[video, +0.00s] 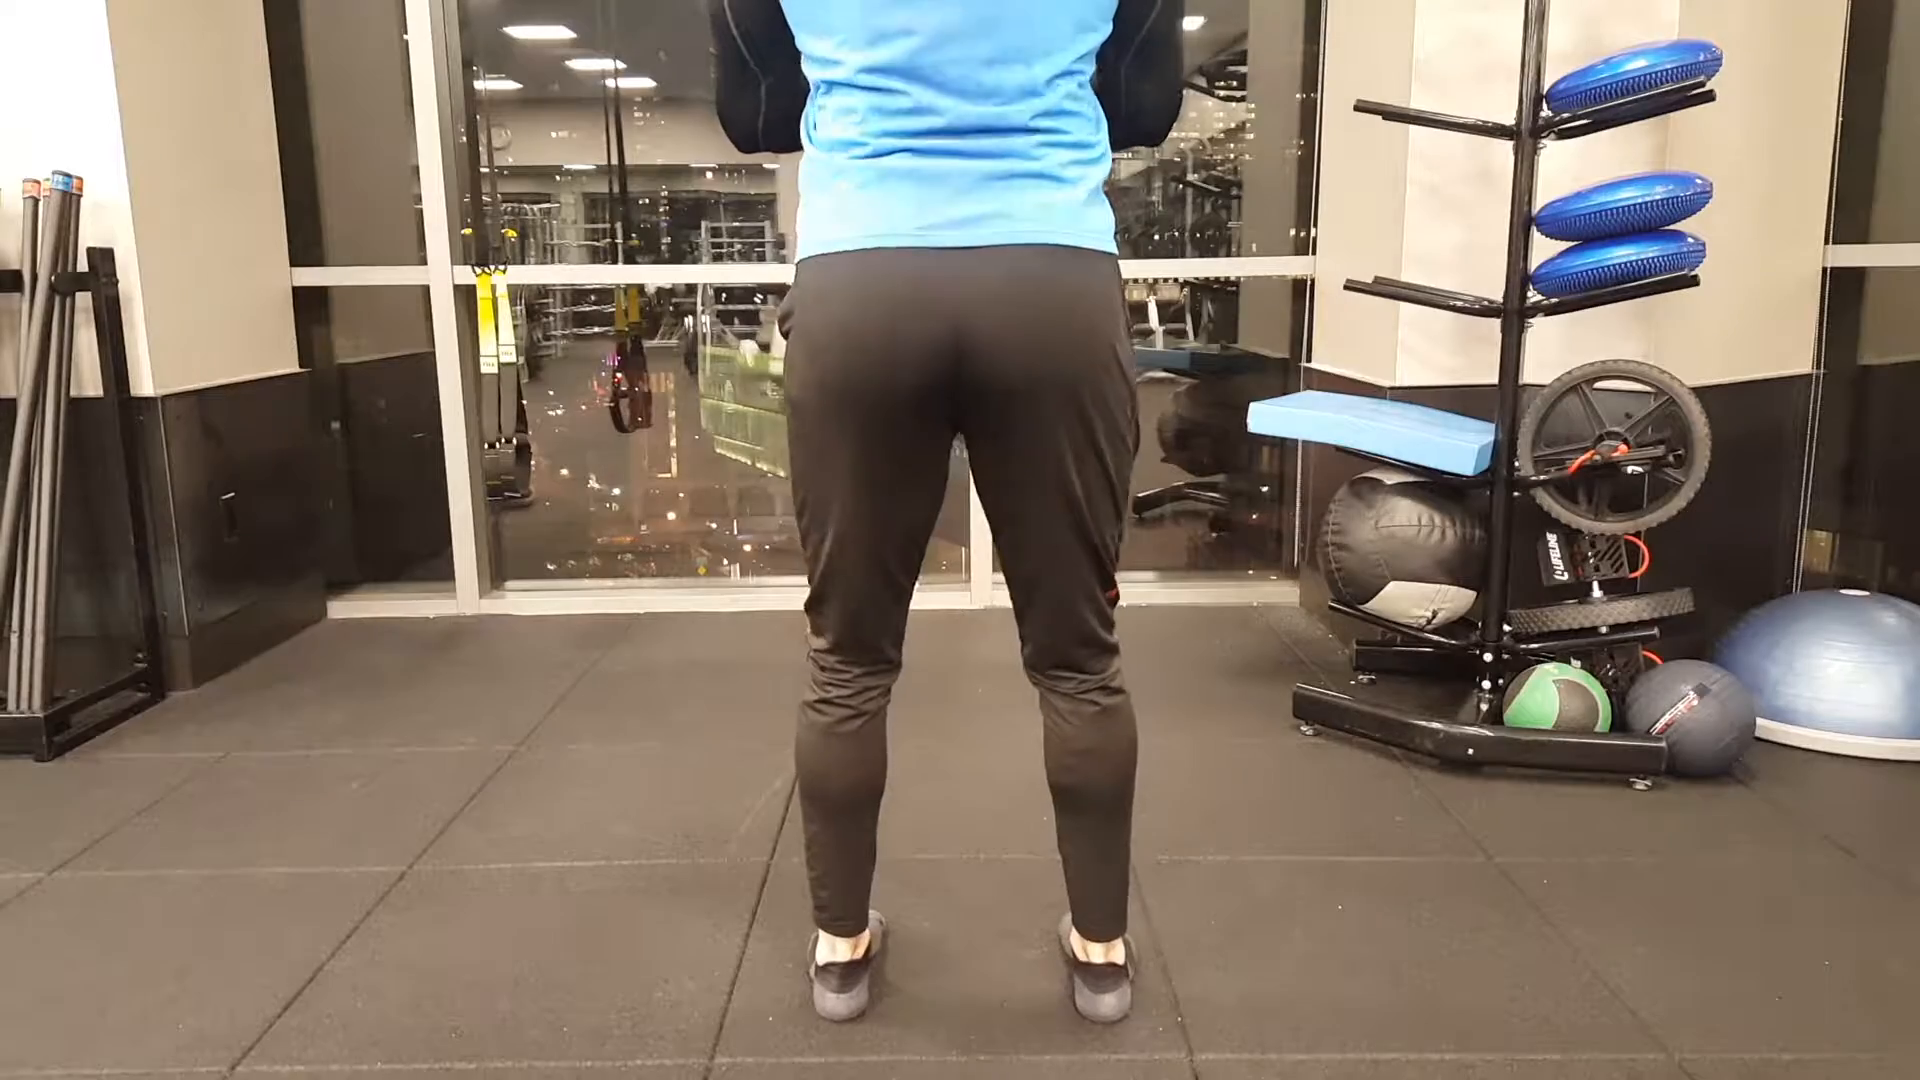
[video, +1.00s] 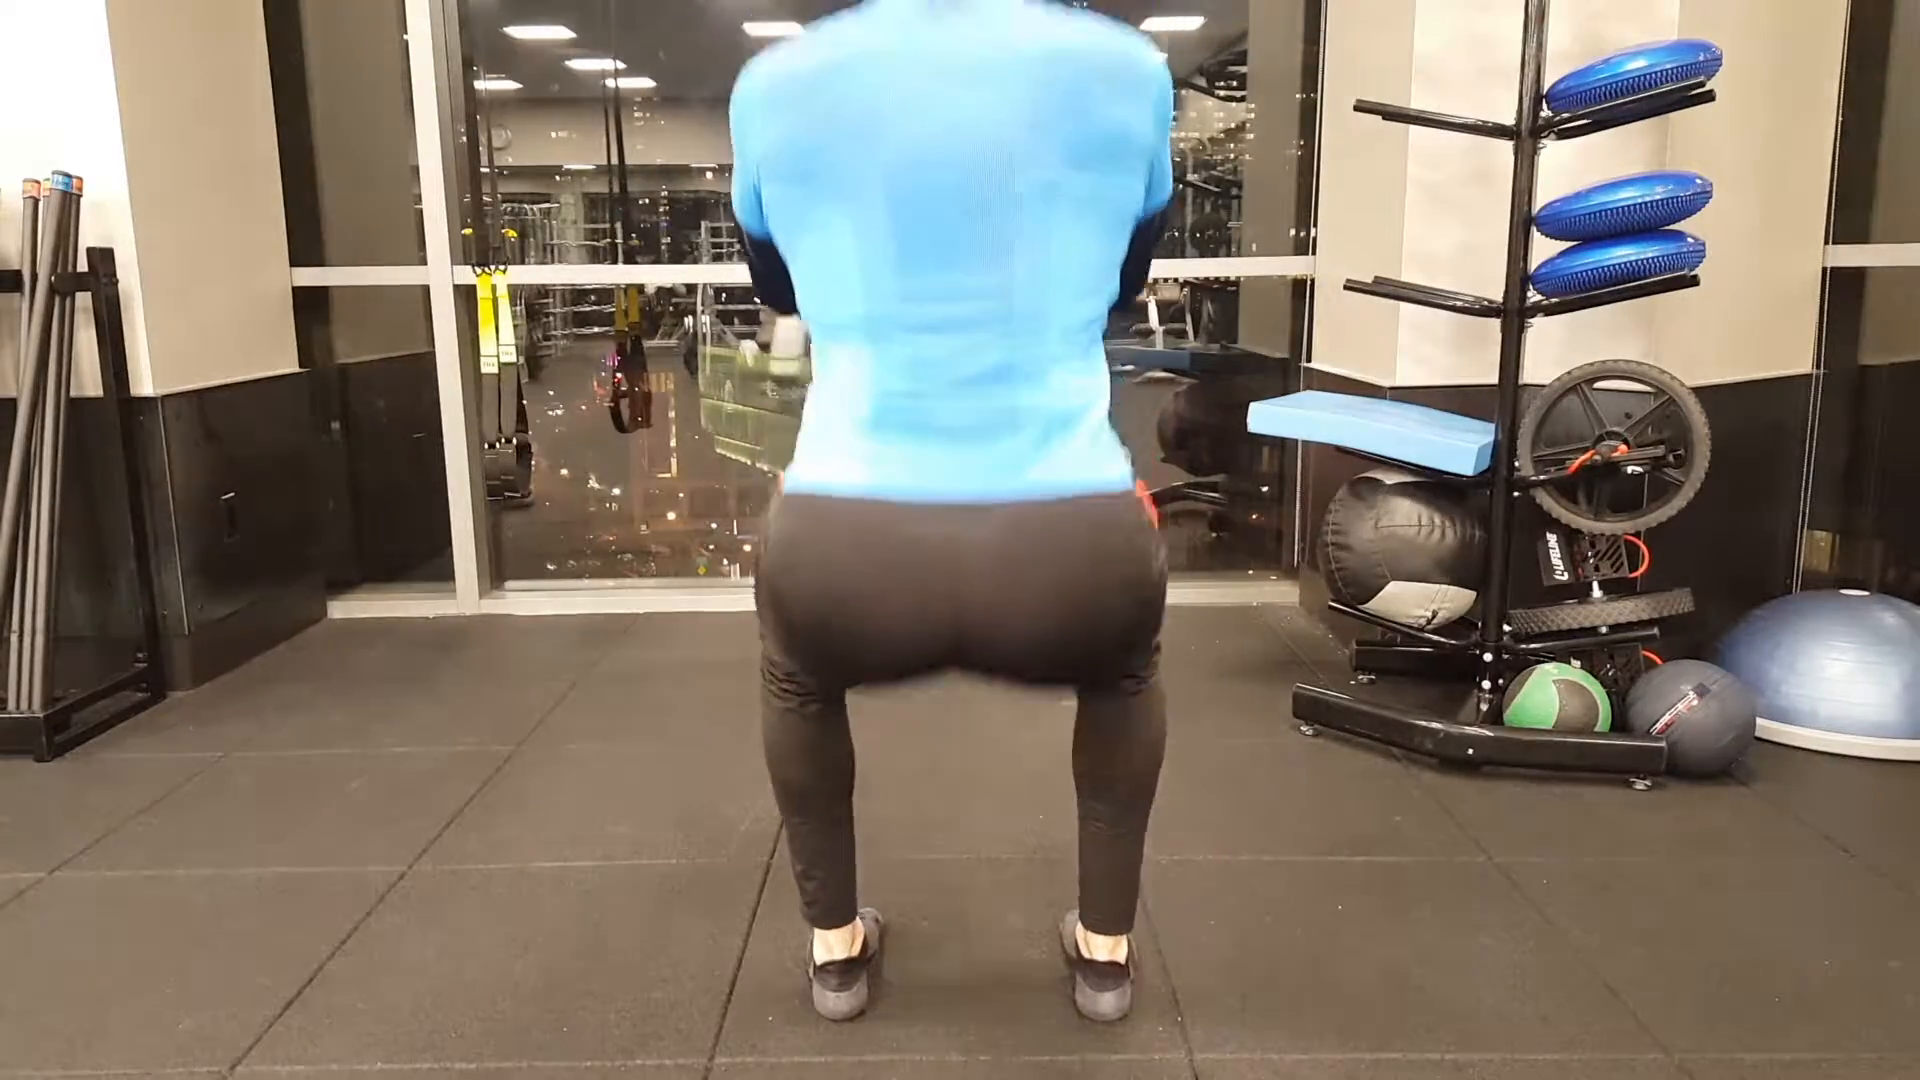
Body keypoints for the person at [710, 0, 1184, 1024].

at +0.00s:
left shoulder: (779, 3)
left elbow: (756, 117)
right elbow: (1146, 107)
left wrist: (887, 84)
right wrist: (1010, 101)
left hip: (859, 280)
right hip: (1053, 279)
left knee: (848, 652)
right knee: (1076, 649)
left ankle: (839, 955)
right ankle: (1102, 959)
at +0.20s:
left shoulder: (776, 4)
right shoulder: (1125, 2)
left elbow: (768, 140)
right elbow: (1142, 134)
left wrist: (894, 98)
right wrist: (1023, 93)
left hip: (857, 298)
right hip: (1058, 297)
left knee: (842, 657)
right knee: (1082, 654)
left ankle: (839, 953)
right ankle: (1103, 959)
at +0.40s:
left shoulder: (771, 4)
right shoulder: (1131, 2)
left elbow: (773, 167)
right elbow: (1138, 161)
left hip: (855, 311)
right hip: (1067, 312)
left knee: (842, 666)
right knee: (1086, 664)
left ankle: (839, 955)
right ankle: (1105, 959)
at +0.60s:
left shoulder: (770, 4)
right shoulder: (1131, 2)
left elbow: (775, 186)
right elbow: (1137, 177)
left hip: (852, 325)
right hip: (1069, 326)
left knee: (838, 668)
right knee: (1092, 665)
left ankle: (837, 954)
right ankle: (1107, 957)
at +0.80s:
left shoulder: (764, 9)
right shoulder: (1129, 9)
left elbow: (783, 229)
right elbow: (1128, 225)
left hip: (847, 410)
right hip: (1070, 409)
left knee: (820, 665)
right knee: (1104, 663)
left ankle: (836, 953)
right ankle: (1106, 955)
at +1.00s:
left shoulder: (775, 83)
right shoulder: (1128, 68)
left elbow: (780, 289)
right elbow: (1118, 286)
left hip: (843, 560)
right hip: (1076, 560)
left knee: (798, 671)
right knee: (1122, 666)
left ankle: (835, 951)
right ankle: (1106, 953)